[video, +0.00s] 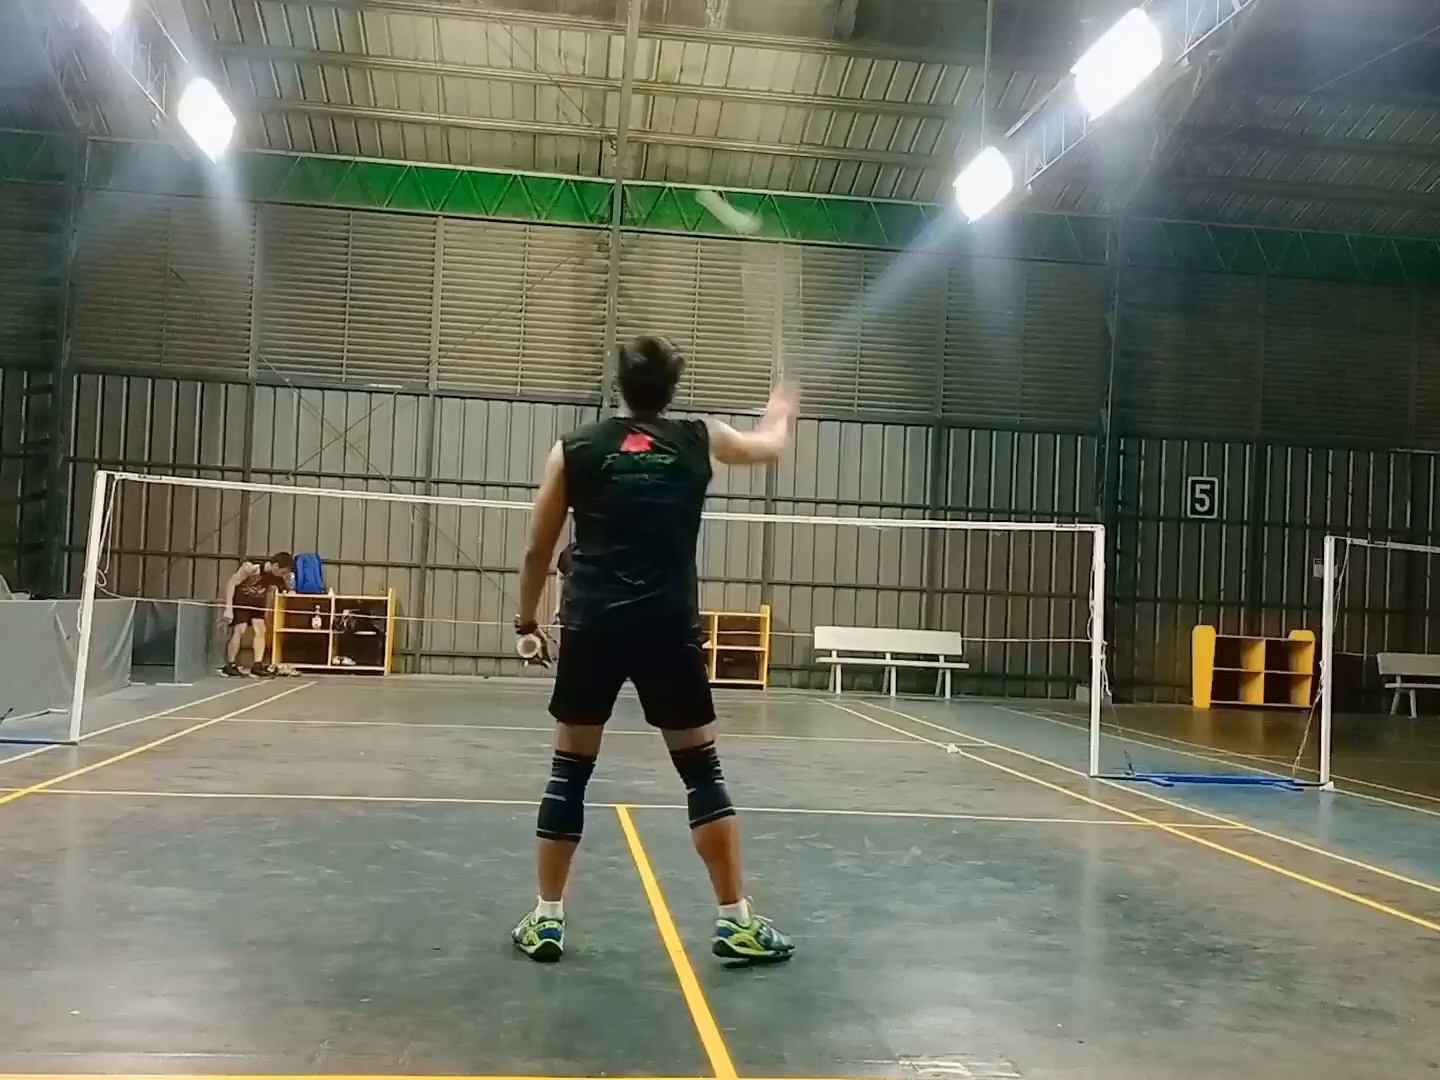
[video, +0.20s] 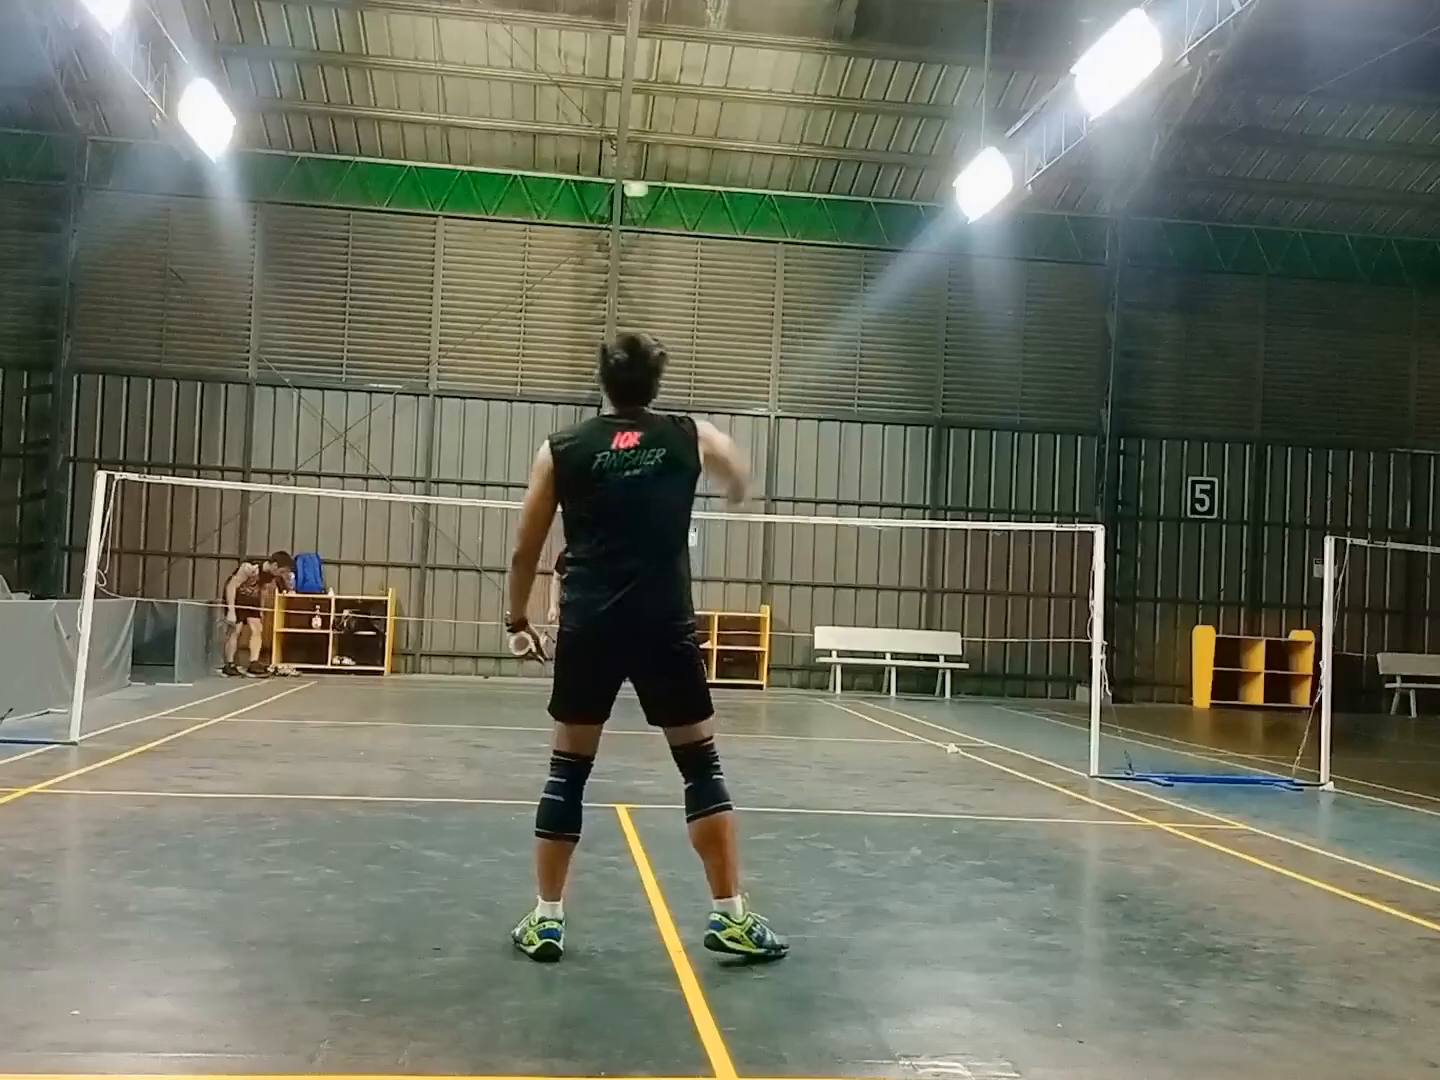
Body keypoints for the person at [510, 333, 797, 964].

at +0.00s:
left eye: (634, 382)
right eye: (669, 385)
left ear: (619, 389)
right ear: (673, 390)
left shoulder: (576, 447)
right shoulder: (700, 438)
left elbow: (540, 545)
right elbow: (766, 448)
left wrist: (527, 620)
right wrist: (779, 414)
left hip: (591, 630)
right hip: (668, 630)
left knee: (569, 767)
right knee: (701, 767)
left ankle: (547, 915)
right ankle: (736, 918)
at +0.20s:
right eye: (651, 384)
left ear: (603, 387)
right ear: (656, 388)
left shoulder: (563, 448)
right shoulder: (687, 434)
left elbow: (527, 546)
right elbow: (731, 463)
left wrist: (516, 616)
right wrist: (734, 485)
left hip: (587, 629)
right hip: (665, 628)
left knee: (568, 767)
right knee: (700, 764)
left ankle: (547, 916)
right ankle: (730, 912)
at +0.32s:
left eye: (610, 375)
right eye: (646, 380)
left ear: (598, 385)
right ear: (652, 387)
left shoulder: (562, 447)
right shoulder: (685, 448)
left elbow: (523, 545)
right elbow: (694, 543)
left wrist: (511, 621)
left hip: (588, 626)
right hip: (665, 624)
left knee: (567, 767)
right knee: (703, 762)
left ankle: (548, 916)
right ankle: (736, 910)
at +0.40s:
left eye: (612, 379)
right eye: (649, 384)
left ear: (605, 386)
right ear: (658, 389)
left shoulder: (565, 449)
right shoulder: (693, 455)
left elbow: (528, 547)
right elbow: (686, 543)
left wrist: (511, 625)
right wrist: (585, 566)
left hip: (591, 629)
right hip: (668, 629)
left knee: (569, 767)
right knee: (705, 763)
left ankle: (548, 916)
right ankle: (739, 910)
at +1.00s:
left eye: (700, 393)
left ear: (697, 399)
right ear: (749, 408)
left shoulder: (649, 441)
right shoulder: (773, 475)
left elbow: (611, 520)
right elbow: (803, 571)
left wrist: (580, 605)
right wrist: (805, 650)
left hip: (635, 628)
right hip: (715, 639)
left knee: (592, 758)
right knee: (730, 772)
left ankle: (553, 902)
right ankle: (739, 926)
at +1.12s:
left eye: (696, 394)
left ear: (691, 400)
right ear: (743, 410)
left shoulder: (644, 443)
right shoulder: (766, 476)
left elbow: (597, 523)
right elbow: (793, 571)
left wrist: (568, 604)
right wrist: (796, 653)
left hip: (631, 629)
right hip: (709, 638)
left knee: (588, 758)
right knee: (728, 772)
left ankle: (554, 901)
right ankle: (738, 926)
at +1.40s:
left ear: (648, 409)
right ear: (698, 418)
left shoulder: (601, 455)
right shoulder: (726, 478)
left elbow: (567, 537)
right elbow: (737, 579)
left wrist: (553, 612)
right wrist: (728, 650)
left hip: (601, 627)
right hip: (679, 635)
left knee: (571, 746)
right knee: (713, 772)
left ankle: (538, 878)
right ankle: (745, 920)